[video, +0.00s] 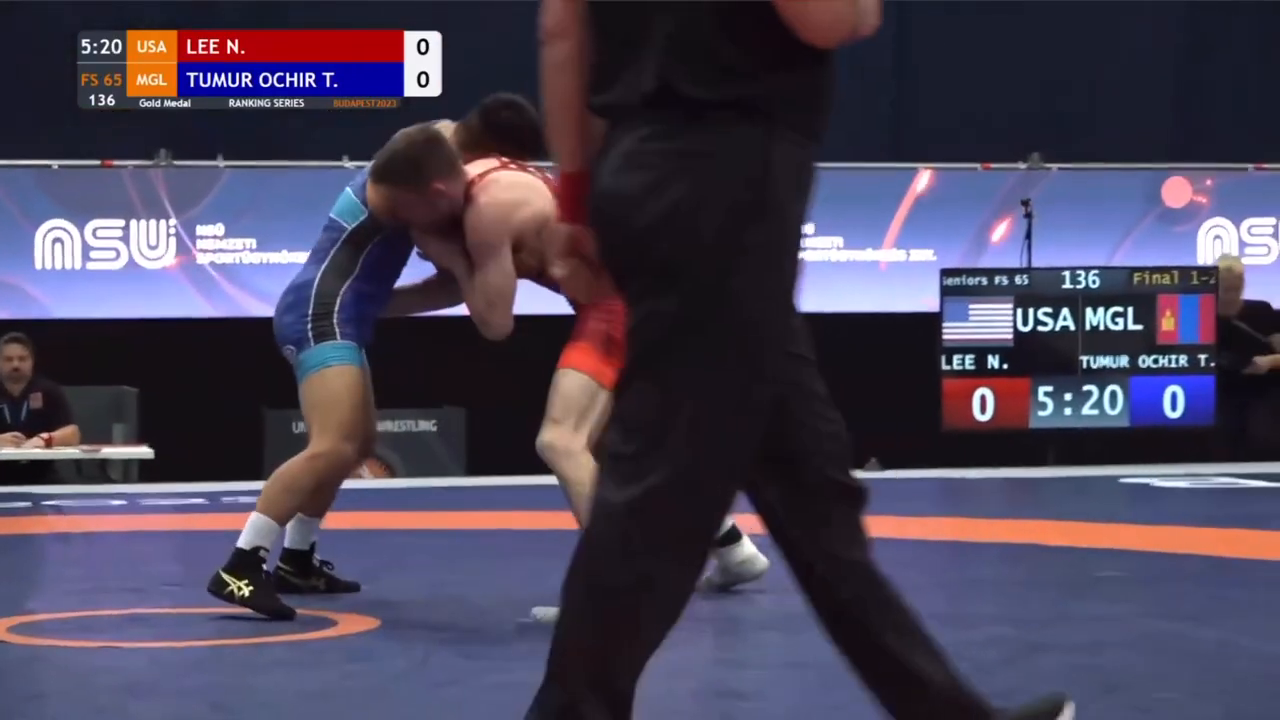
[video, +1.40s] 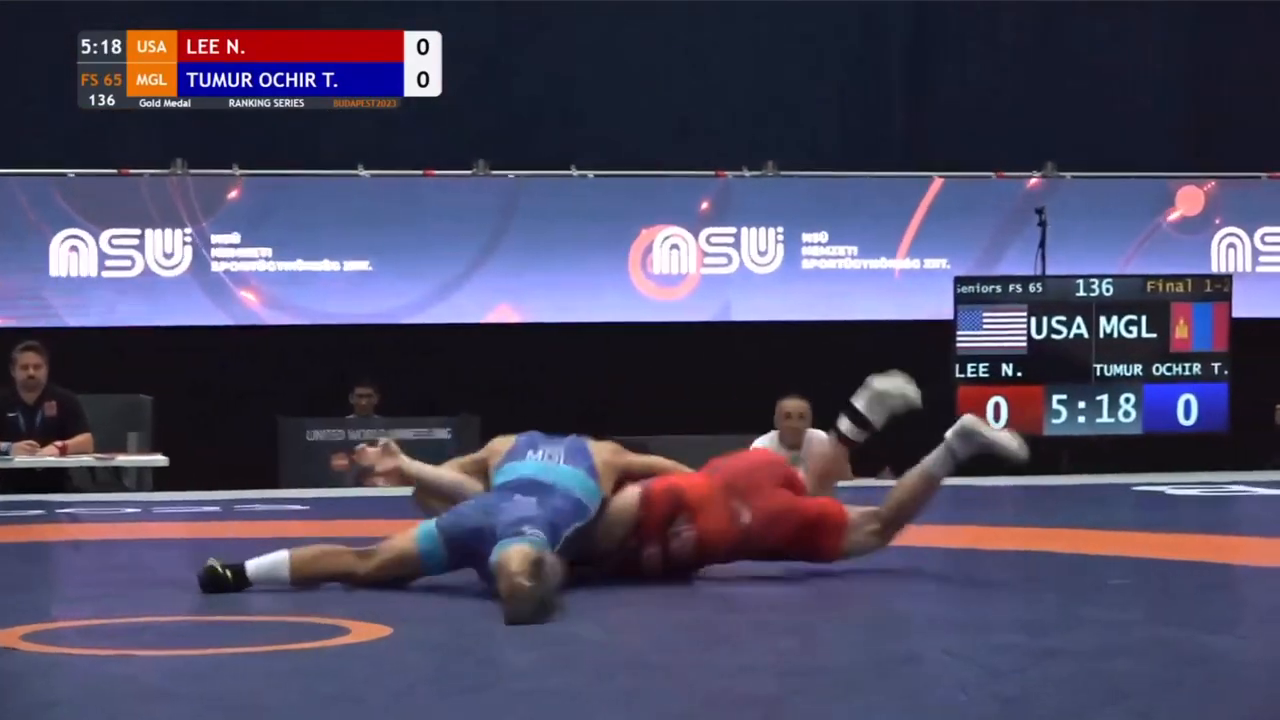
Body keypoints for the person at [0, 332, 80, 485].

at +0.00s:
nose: (15, 365)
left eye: (22, 359)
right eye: (8, 360)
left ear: (32, 362)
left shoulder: (48, 392)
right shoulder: (2, 395)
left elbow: (73, 435)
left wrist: (43, 440)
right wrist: (1, 441)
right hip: (4, 478)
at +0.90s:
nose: (32, 371)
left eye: (38, 365)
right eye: (26, 366)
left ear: (48, 367)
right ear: (14, 368)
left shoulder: (64, 397)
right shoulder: (4, 399)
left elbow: (88, 438)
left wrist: (58, 444)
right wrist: (11, 445)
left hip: (57, 481)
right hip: (13, 483)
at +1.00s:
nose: (46, 371)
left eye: (52, 365)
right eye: (39, 366)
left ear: (62, 368)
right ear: (28, 369)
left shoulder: (78, 398)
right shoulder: (13, 400)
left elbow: (101, 439)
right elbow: (2, 438)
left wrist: (72, 444)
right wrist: (25, 445)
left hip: (71, 481)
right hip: (26, 482)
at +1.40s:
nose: (31, 374)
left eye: (37, 367)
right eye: (24, 368)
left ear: (46, 370)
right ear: (13, 371)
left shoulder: (64, 401)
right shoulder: (5, 402)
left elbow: (87, 443)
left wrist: (57, 448)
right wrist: (9, 448)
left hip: (54, 486)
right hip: (11, 488)